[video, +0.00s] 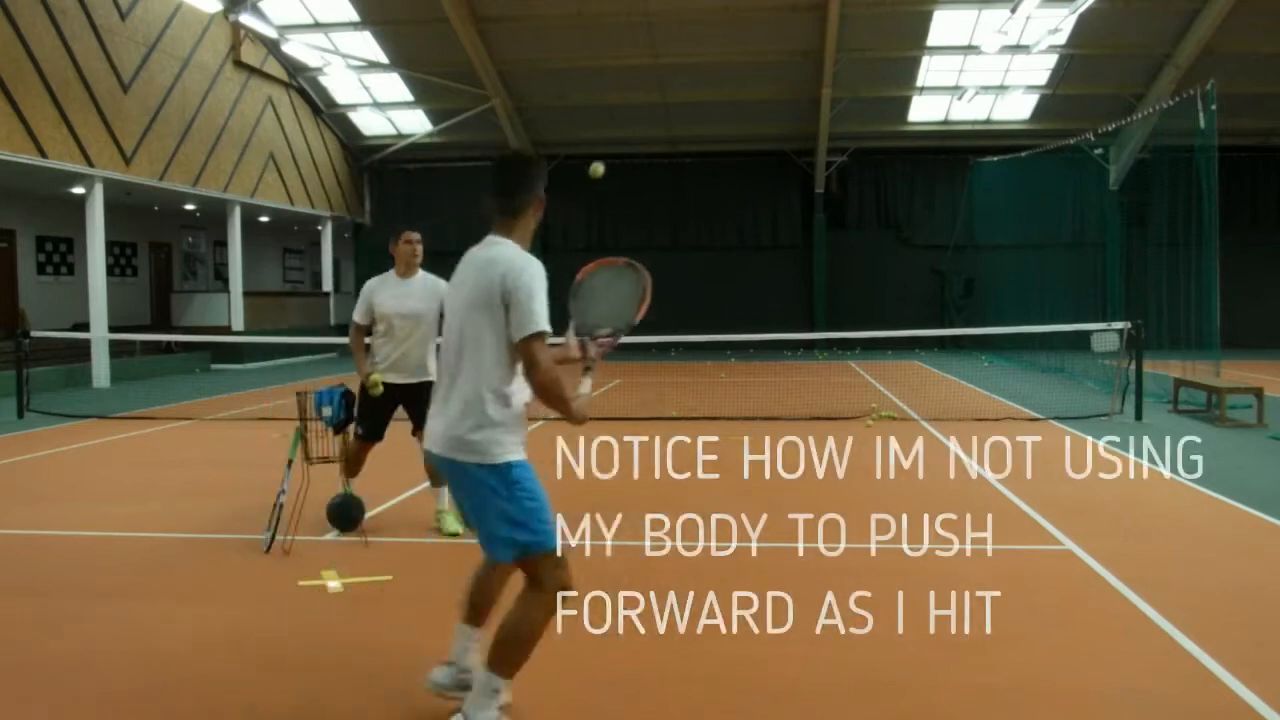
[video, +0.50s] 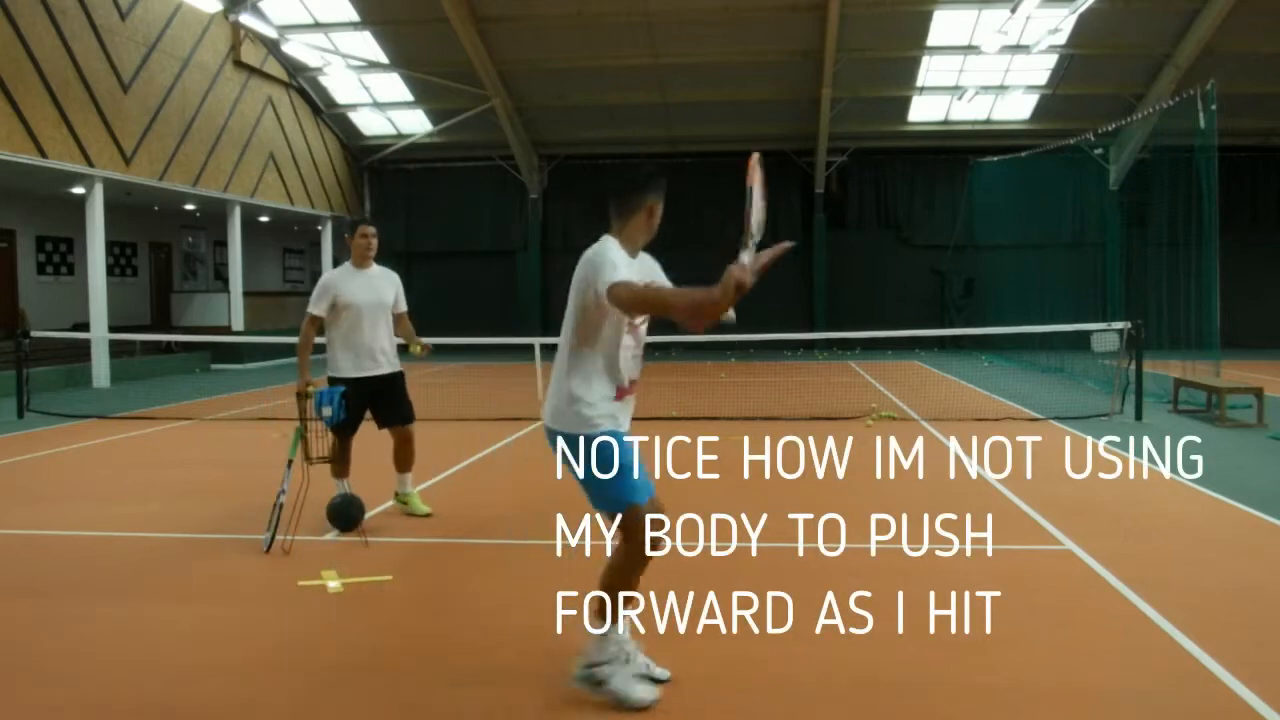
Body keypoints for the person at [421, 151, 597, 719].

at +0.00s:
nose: (545, 205)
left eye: (541, 196)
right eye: (545, 197)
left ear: (493, 202)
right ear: (539, 203)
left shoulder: (470, 263)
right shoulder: (520, 268)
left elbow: (486, 356)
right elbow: (538, 368)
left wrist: (563, 353)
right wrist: (573, 409)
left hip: (448, 442)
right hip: (488, 447)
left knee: (501, 550)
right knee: (551, 580)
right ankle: (482, 706)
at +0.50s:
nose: (657, 217)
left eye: (656, 210)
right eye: (657, 209)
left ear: (625, 209)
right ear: (649, 210)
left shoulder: (644, 264)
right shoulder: (602, 257)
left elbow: (695, 319)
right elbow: (631, 298)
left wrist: (737, 280)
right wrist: (717, 295)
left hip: (608, 415)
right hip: (582, 416)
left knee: (643, 525)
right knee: (643, 526)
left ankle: (613, 640)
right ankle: (598, 654)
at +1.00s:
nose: (686, 289)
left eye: (688, 281)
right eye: (680, 280)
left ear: (680, 285)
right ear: (656, 281)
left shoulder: (678, 321)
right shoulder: (624, 324)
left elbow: (733, 362)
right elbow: (607, 368)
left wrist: (795, 396)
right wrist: (595, 396)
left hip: (621, 446)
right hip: (593, 446)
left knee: (649, 521)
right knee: (680, 524)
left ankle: (599, 603)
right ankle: (683, 650)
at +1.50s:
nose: (657, 220)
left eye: (651, 212)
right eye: (657, 213)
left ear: (614, 219)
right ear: (652, 218)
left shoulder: (588, 274)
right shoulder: (658, 259)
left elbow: (555, 338)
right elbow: (628, 221)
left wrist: (593, 323)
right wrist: (586, 209)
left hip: (599, 425)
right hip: (657, 419)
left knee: (555, 519)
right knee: (681, 513)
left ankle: (532, 633)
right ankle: (732, 611)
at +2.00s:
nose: (538, 197)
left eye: (517, 190)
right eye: (539, 190)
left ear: (493, 193)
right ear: (537, 195)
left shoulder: (489, 244)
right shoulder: (558, 252)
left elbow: (515, 311)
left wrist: (486, 385)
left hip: (514, 409)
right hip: (563, 406)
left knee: (481, 526)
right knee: (552, 516)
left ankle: (526, 648)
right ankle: (565, 642)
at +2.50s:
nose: (446, 211)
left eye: (441, 203)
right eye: (446, 203)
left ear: (397, 208)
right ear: (442, 207)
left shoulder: (364, 263)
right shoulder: (458, 272)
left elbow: (342, 346)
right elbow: (478, 364)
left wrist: (395, 369)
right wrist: (509, 400)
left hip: (372, 435)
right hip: (438, 434)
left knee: (372, 566)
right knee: (486, 558)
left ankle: (350, 694)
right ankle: (535, 664)